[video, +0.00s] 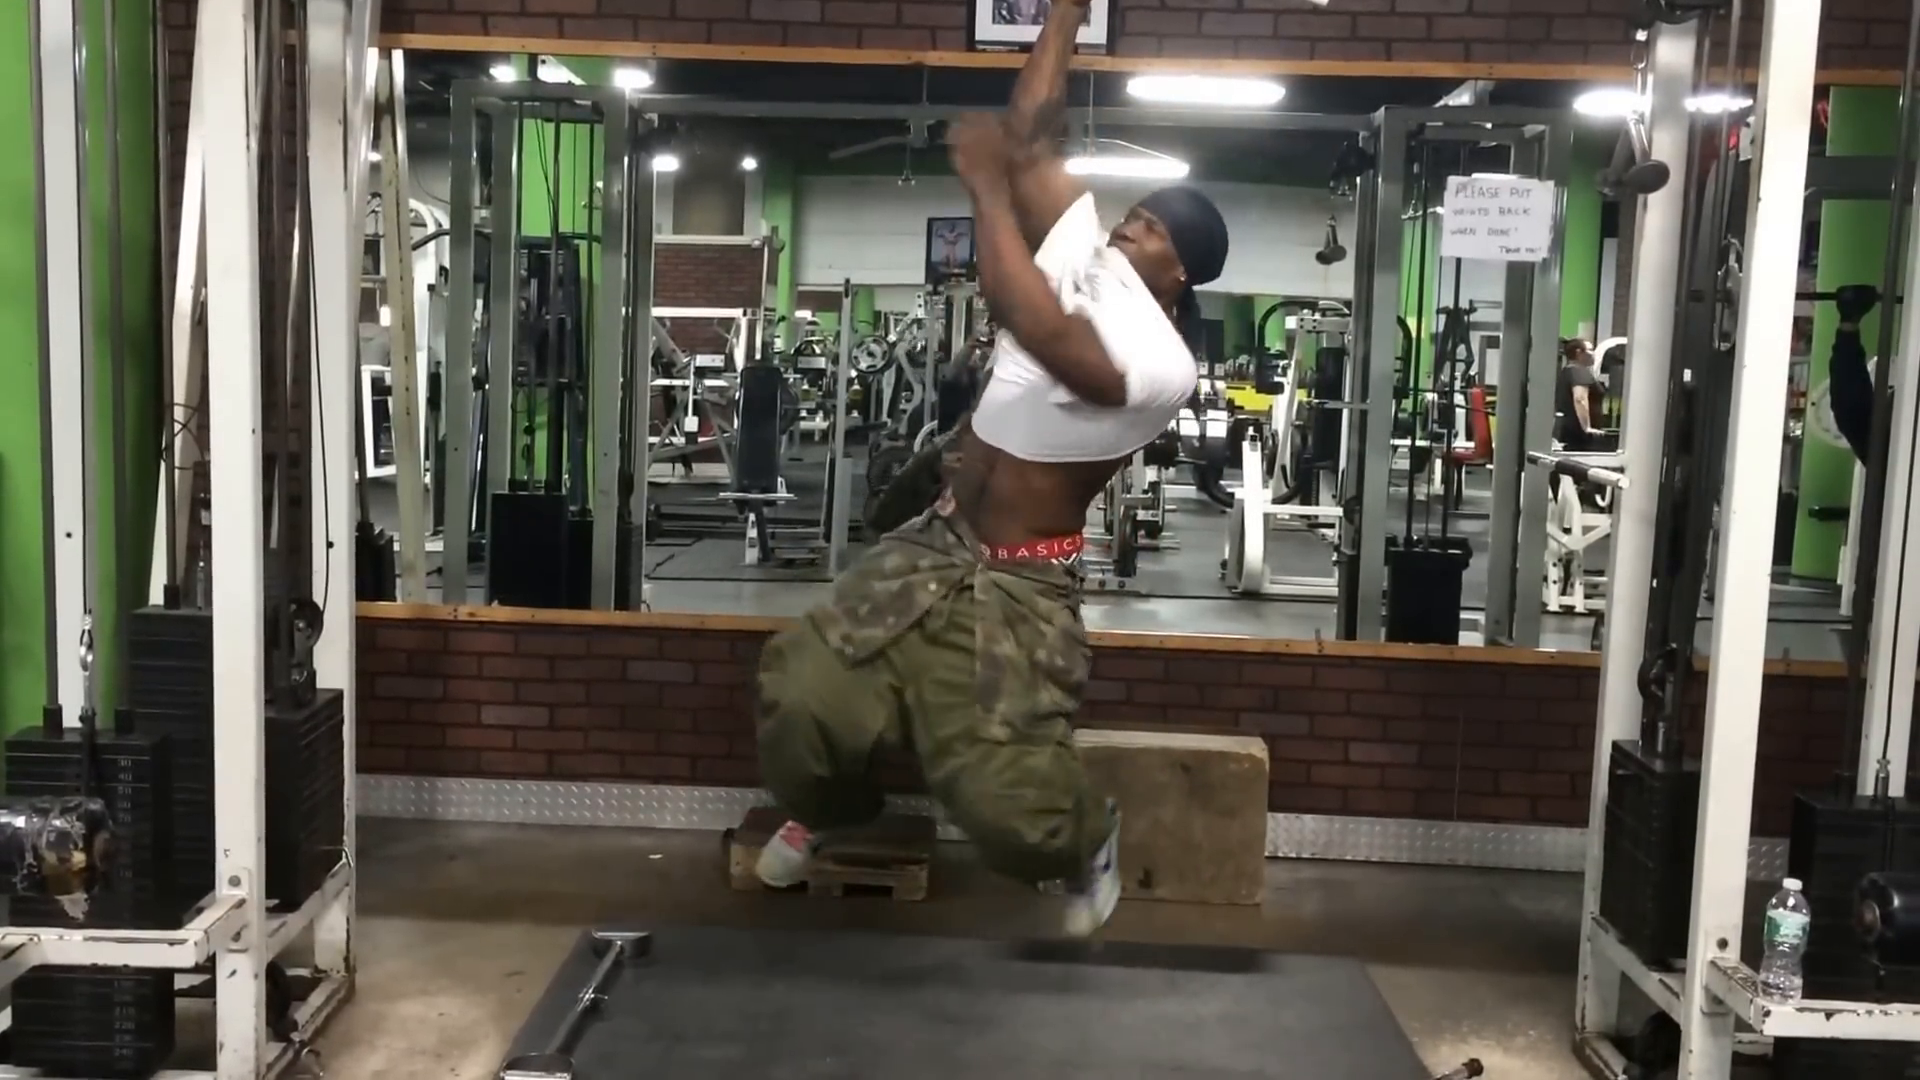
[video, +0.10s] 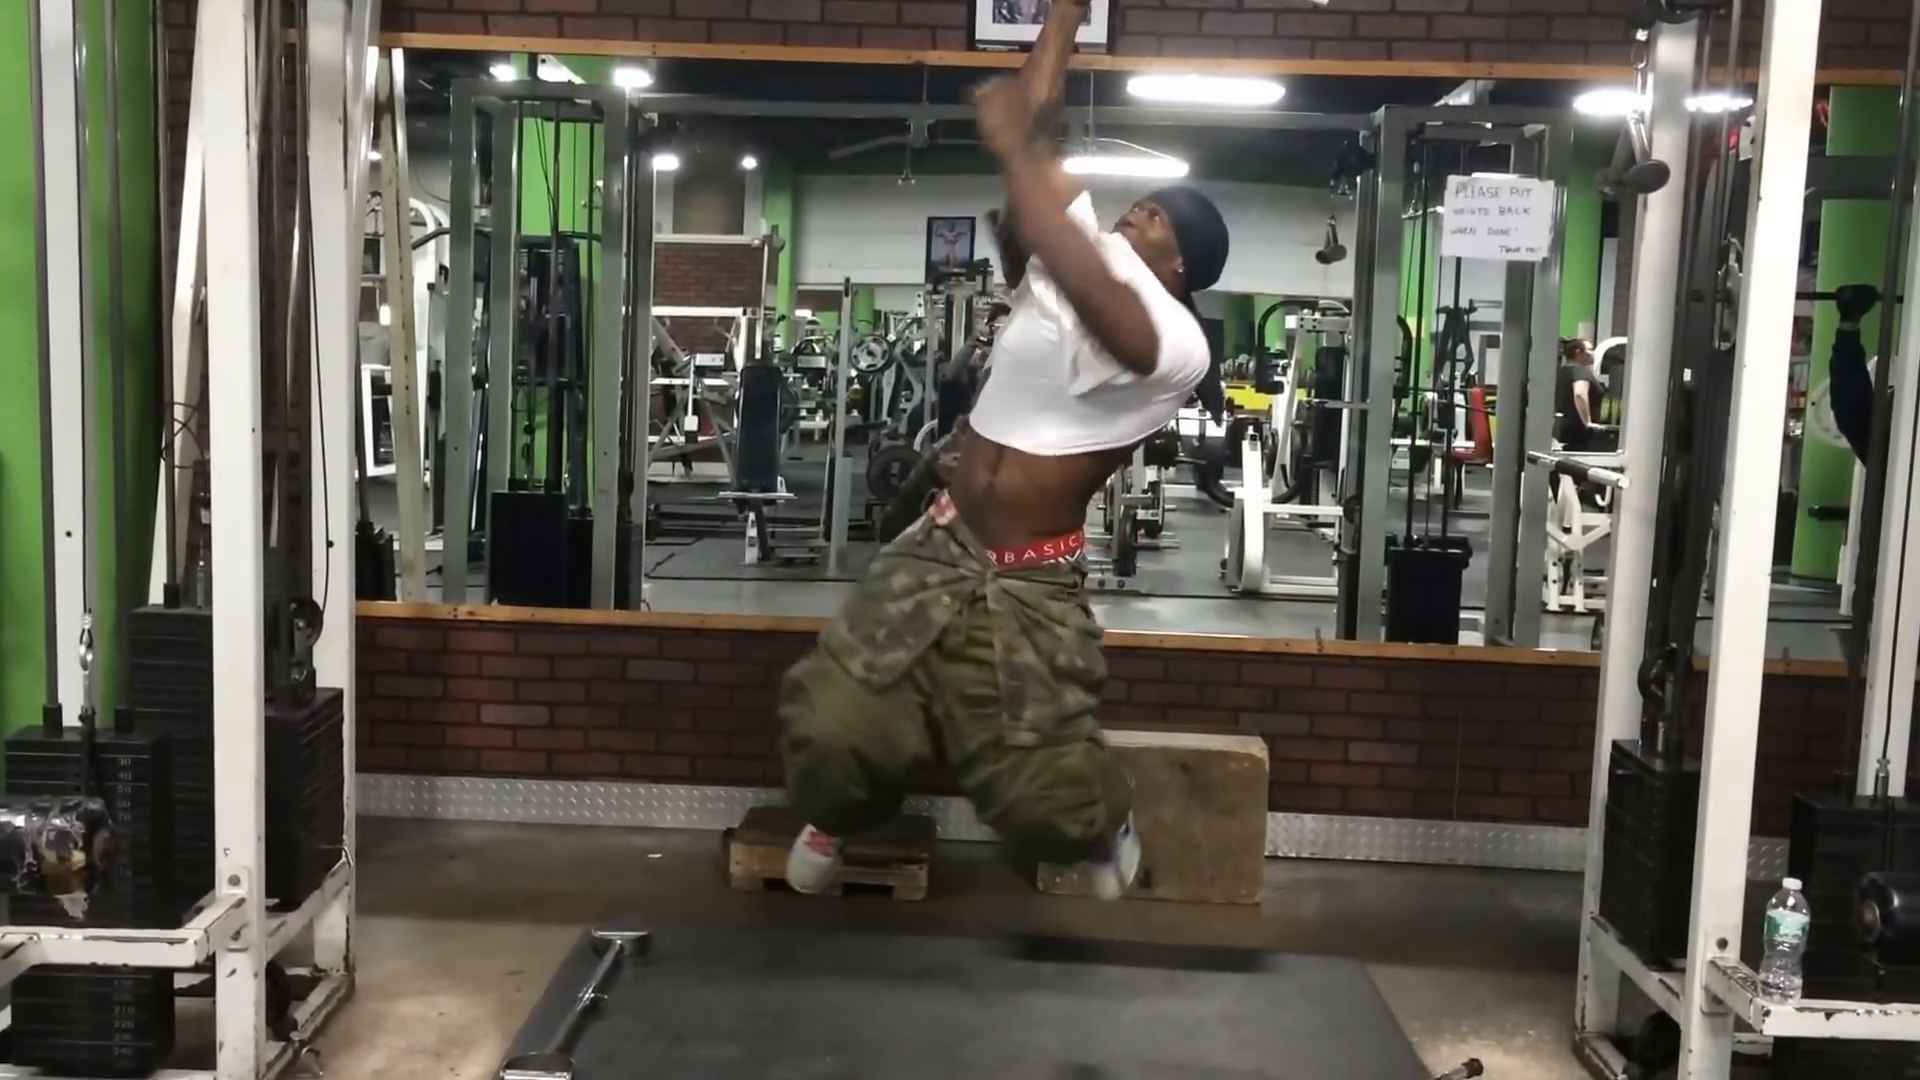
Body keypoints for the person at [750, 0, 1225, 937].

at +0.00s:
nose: (1133, 224)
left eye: (1155, 228)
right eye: (1138, 214)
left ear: (1179, 272)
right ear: (1123, 224)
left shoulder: (1163, 366)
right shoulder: (1070, 246)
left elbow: (1029, 318)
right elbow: (1028, 141)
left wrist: (985, 185)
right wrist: (1065, 19)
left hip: (1021, 583)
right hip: (928, 544)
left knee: (997, 805)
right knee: (802, 702)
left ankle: (1091, 842)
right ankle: (831, 813)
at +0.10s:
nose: (1131, 227)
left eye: (1153, 233)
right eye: (1136, 216)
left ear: (1178, 270)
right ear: (1124, 219)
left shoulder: (1176, 348)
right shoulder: (1062, 258)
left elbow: (1085, 271)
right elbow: (1032, 149)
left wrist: (1017, 152)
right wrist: (1060, 28)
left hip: (1030, 580)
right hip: (931, 547)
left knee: (1037, 801)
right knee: (839, 738)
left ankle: (1108, 828)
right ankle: (836, 819)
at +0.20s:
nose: (1122, 212)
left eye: (1142, 211)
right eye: (1126, 203)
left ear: (1182, 247)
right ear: (1118, 218)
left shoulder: (1189, 331)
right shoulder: (1060, 257)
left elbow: (1127, 197)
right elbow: (1024, 142)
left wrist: (1099, 71)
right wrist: (1057, 29)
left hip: (1047, 579)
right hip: (942, 548)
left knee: (1065, 792)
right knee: (865, 752)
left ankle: (1120, 805)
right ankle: (850, 818)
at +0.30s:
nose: (1153, 194)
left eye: (1176, 191)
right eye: (1148, 184)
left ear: (1209, 223)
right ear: (1132, 202)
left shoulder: (1206, 304)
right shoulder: (1063, 241)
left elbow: (1169, 160)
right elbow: (1027, 135)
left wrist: (1127, 17)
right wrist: (1068, 9)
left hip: (1073, 570)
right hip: (967, 541)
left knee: (1076, 788)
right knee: (873, 750)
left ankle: (1111, 790)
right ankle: (848, 810)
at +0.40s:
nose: (1150, 164)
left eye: (1173, 160)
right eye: (1137, 152)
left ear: (1201, 182)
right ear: (1135, 177)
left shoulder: (1219, 271)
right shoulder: (1077, 239)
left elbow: (1171, 127)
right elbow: (1035, 141)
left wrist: (1104, 7)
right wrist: (1065, 15)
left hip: (1107, 566)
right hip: (999, 531)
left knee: (1069, 782)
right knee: (884, 720)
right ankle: (840, 798)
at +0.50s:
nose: (1154, 155)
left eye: (1176, 141)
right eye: (1148, 138)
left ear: (1210, 168)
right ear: (1138, 155)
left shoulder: (1235, 256)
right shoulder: (1097, 232)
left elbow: (1180, 114)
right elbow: (1043, 142)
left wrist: (1111, 3)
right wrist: (1068, 11)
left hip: (1125, 557)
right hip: (1027, 516)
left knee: (1049, 789)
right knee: (894, 697)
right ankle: (836, 784)